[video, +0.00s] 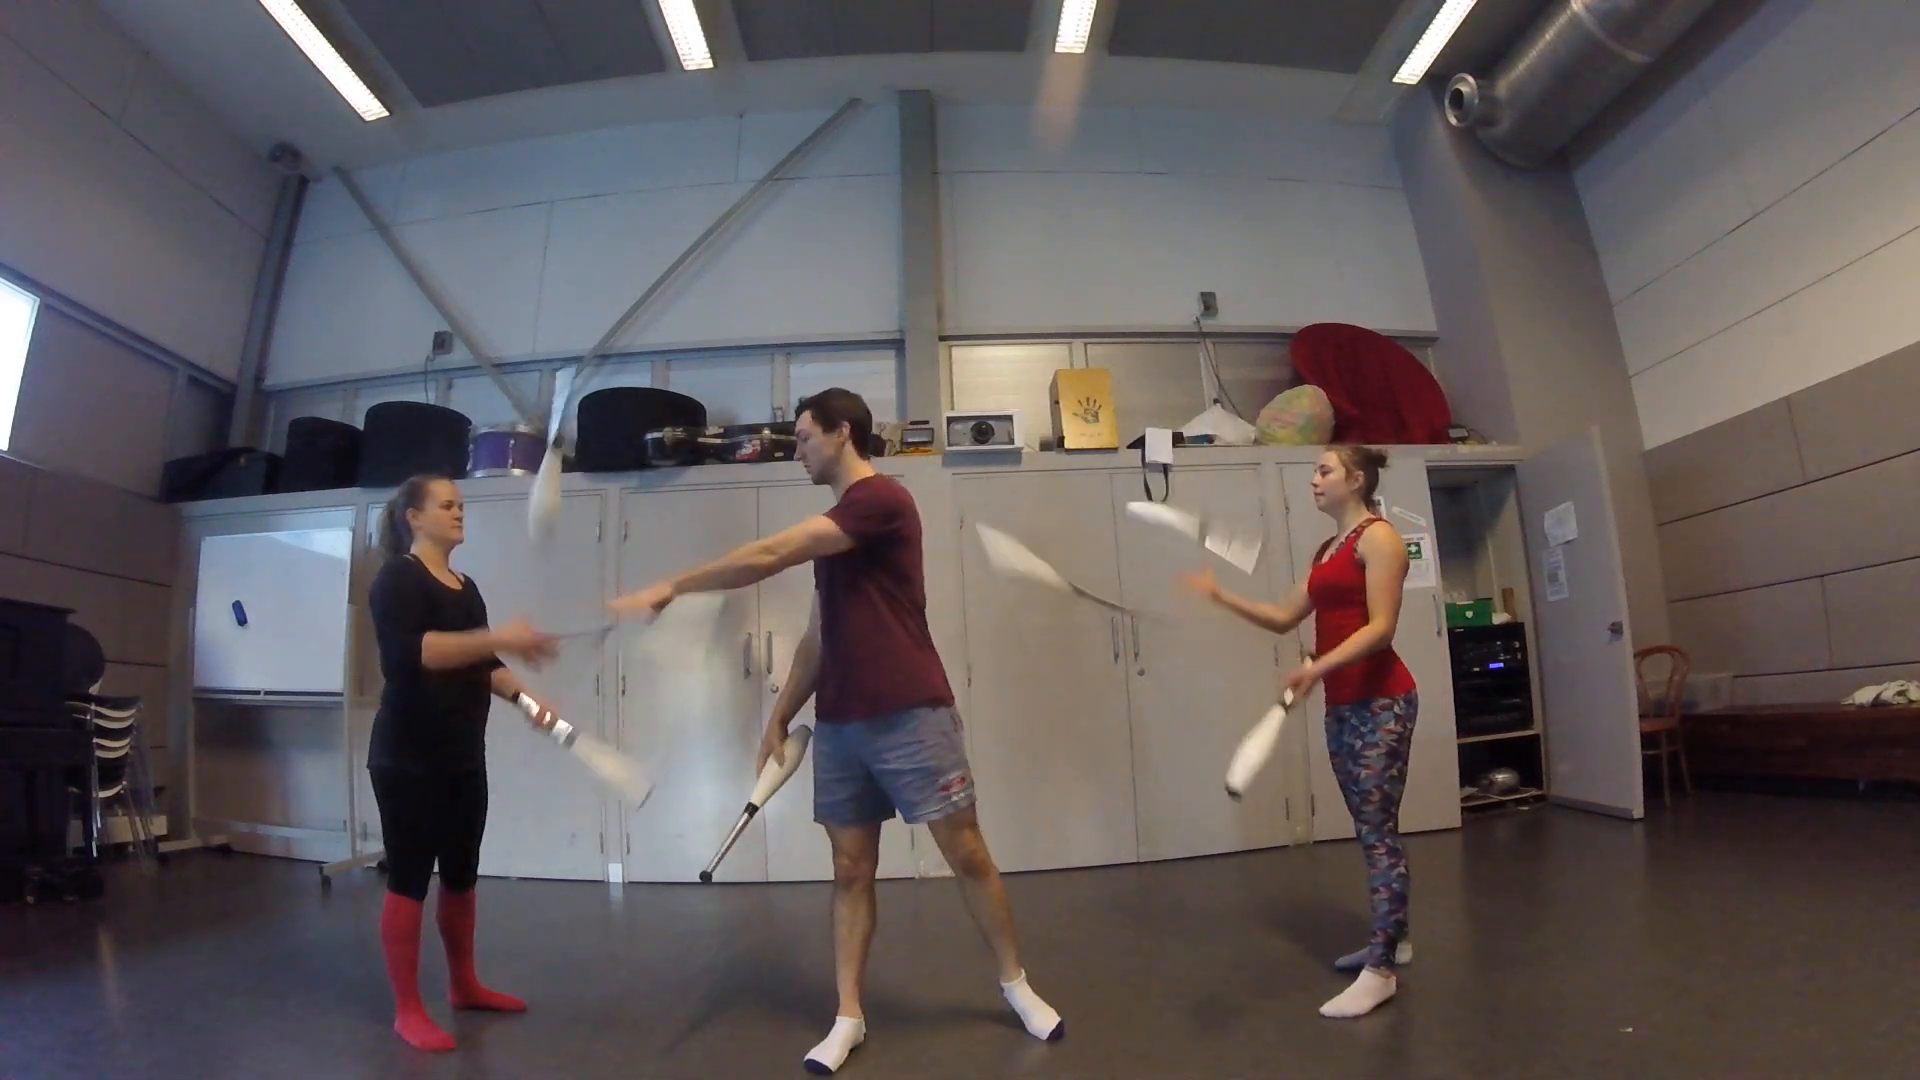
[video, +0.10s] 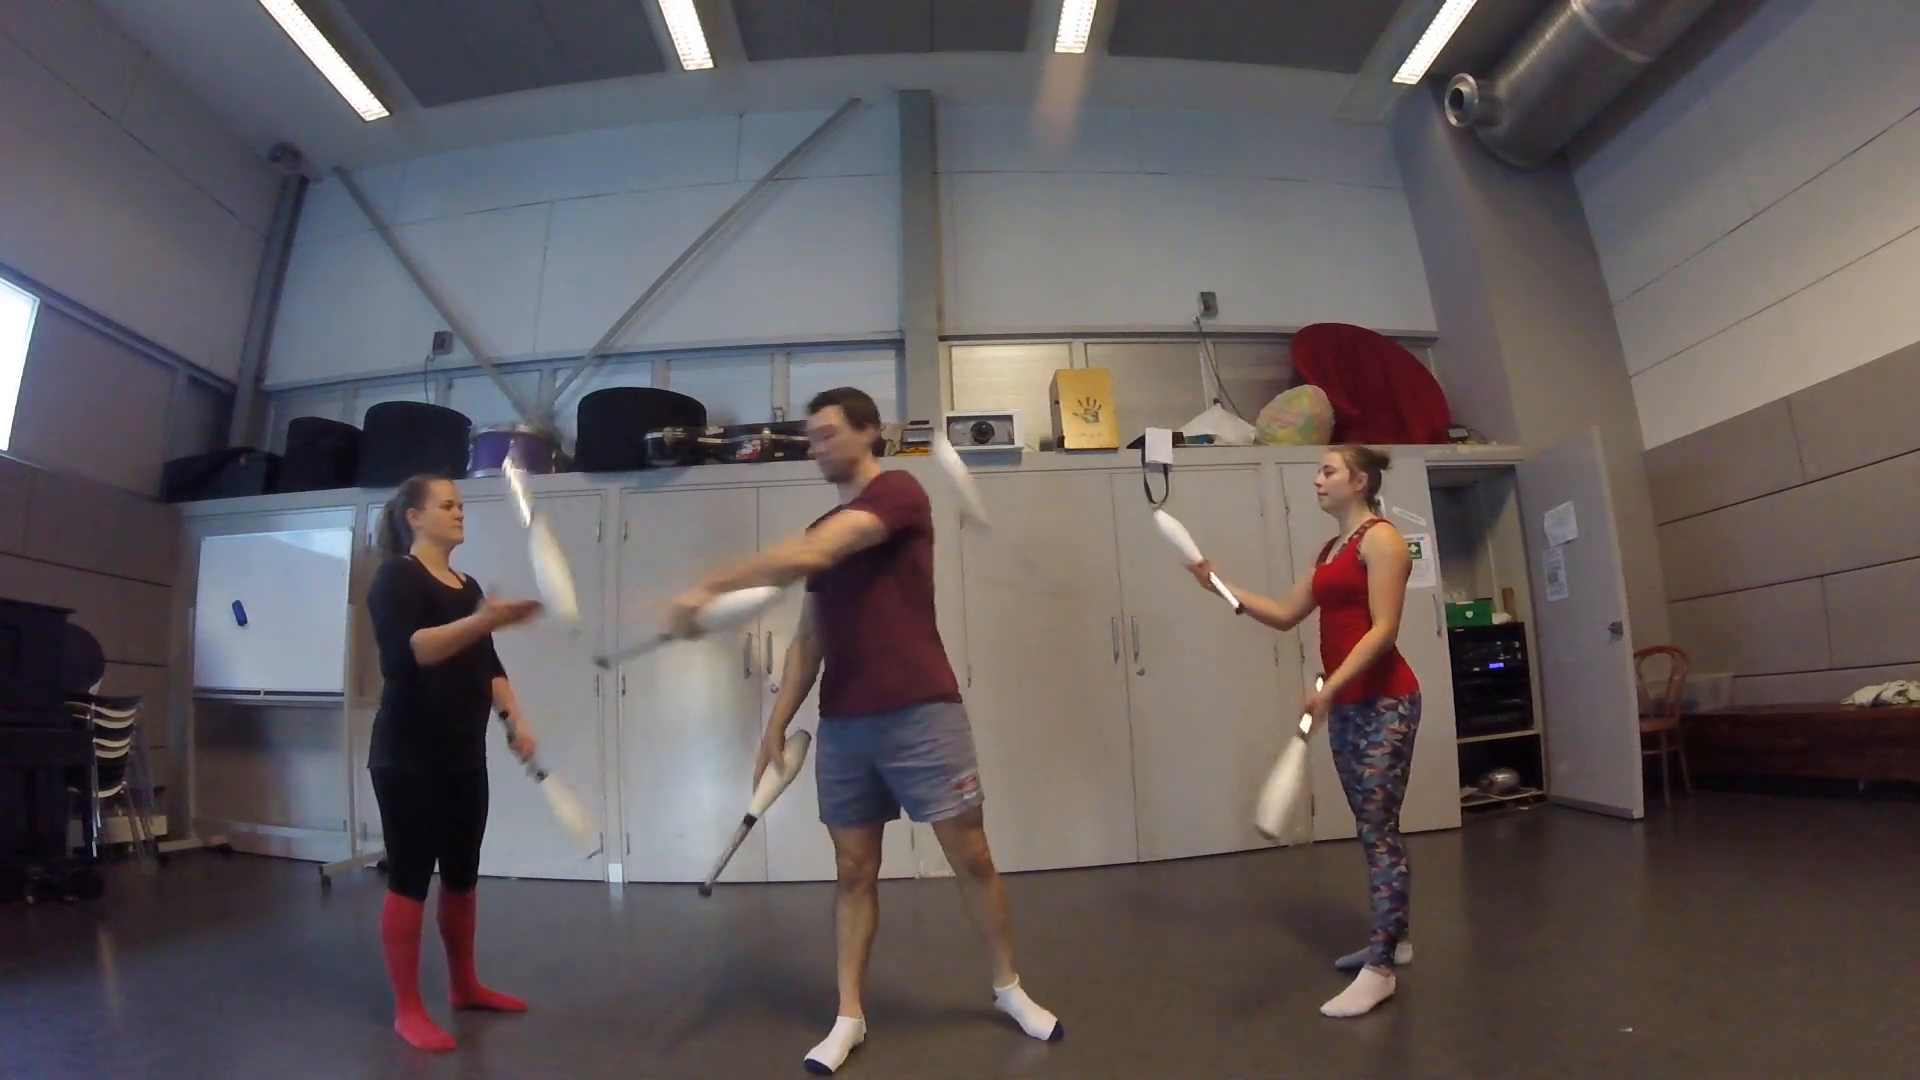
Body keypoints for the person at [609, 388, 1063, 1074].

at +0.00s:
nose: (798, 452)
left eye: (804, 439)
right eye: (797, 441)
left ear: (842, 434)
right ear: (839, 436)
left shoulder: (883, 499)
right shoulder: (838, 521)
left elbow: (772, 554)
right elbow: (821, 635)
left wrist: (671, 586)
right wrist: (781, 716)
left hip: (912, 710)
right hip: (841, 720)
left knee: (969, 855)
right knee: (851, 870)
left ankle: (1015, 982)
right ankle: (849, 1015)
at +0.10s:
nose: (815, 447)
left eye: (826, 434)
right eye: (811, 438)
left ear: (870, 435)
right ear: (819, 449)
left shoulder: (901, 493)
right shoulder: (827, 531)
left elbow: (815, 553)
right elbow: (810, 641)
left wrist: (711, 587)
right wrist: (775, 731)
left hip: (921, 710)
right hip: (845, 721)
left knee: (973, 859)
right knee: (853, 871)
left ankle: (1008, 986)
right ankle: (849, 1018)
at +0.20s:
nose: (876, 443)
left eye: (885, 432)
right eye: (862, 432)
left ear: (898, 440)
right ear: (833, 443)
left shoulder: (918, 498)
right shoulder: (814, 537)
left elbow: (910, 570)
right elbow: (797, 640)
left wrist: (807, 598)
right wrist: (779, 732)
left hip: (937, 711)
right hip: (857, 721)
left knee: (979, 860)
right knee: (856, 871)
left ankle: (996, 995)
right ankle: (848, 1017)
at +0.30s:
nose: (924, 445)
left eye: (925, 435)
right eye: (912, 433)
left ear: (913, 446)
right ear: (870, 440)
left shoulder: (936, 509)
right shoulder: (830, 532)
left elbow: (987, 586)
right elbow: (813, 637)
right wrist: (824, 736)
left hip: (953, 719)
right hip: (874, 726)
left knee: (981, 859)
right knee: (861, 872)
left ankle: (991, 998)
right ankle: (848, 1019)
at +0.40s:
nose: (952, 444)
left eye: (952, 433)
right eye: (942, 433)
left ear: (921, 439)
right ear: (902, 436)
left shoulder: (943, 515)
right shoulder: (868, 523)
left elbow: (993, 587)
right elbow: (884, 636)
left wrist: (1030, 606)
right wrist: (926, 732)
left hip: (960, 710)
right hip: (888, 716)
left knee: (982, 854)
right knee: (874, 871)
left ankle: (992, 997)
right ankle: (849, 1016)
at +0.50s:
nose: (974, 445)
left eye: (973, 434)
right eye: (966, 433)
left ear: (932, 435)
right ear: (928, 435)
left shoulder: (934, 513)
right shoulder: (907, 514)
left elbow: (957, 604)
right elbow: (959, 629)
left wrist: (1018, 613)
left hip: (966, 710)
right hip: (915, 715)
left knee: (977, 858)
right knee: (904, 869)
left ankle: (991, 999)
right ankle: (852, 1010)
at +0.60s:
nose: (991, 444)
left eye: (989, 432)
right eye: (984, 431)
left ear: (941, 435)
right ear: (949, 434)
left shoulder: (914, 509)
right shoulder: (958, 511)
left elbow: (935, 612)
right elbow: (1028, 608)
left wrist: (998, 625)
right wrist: (1111, 664)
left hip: (949, 704)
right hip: (937, 709)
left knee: (976, 858)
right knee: (936, 866)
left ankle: (993, 999)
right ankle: (875, 1014)